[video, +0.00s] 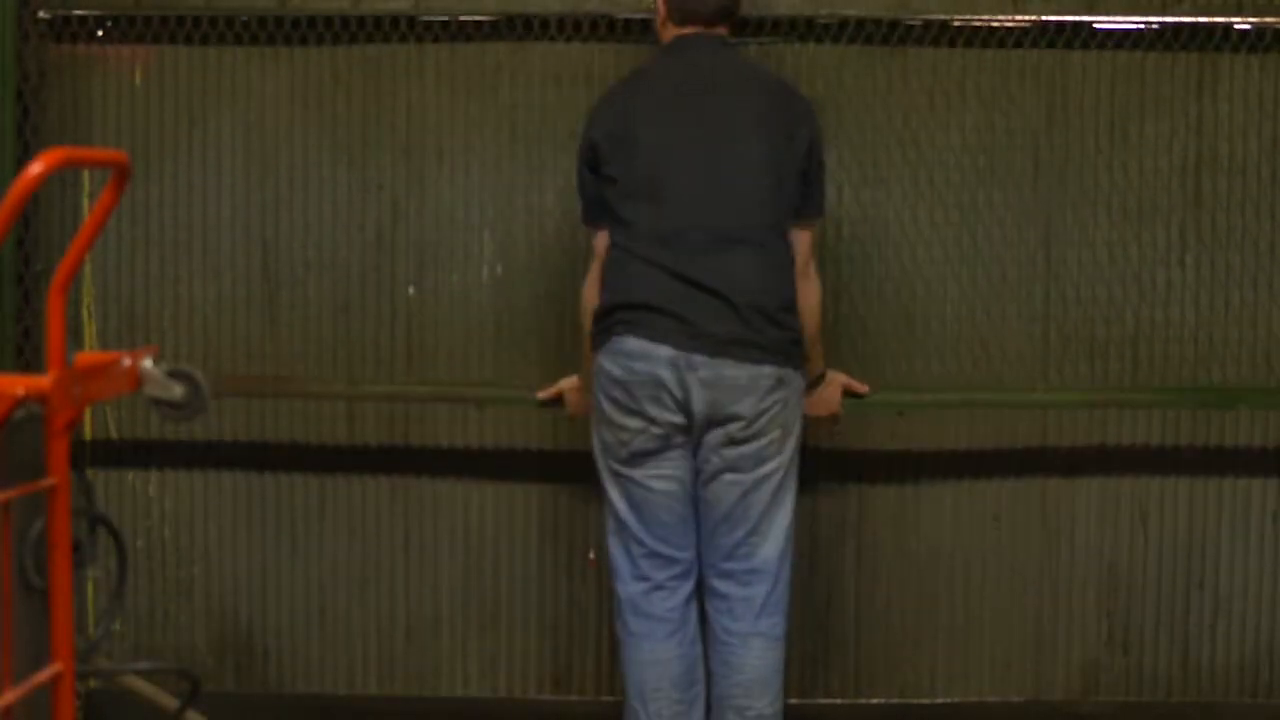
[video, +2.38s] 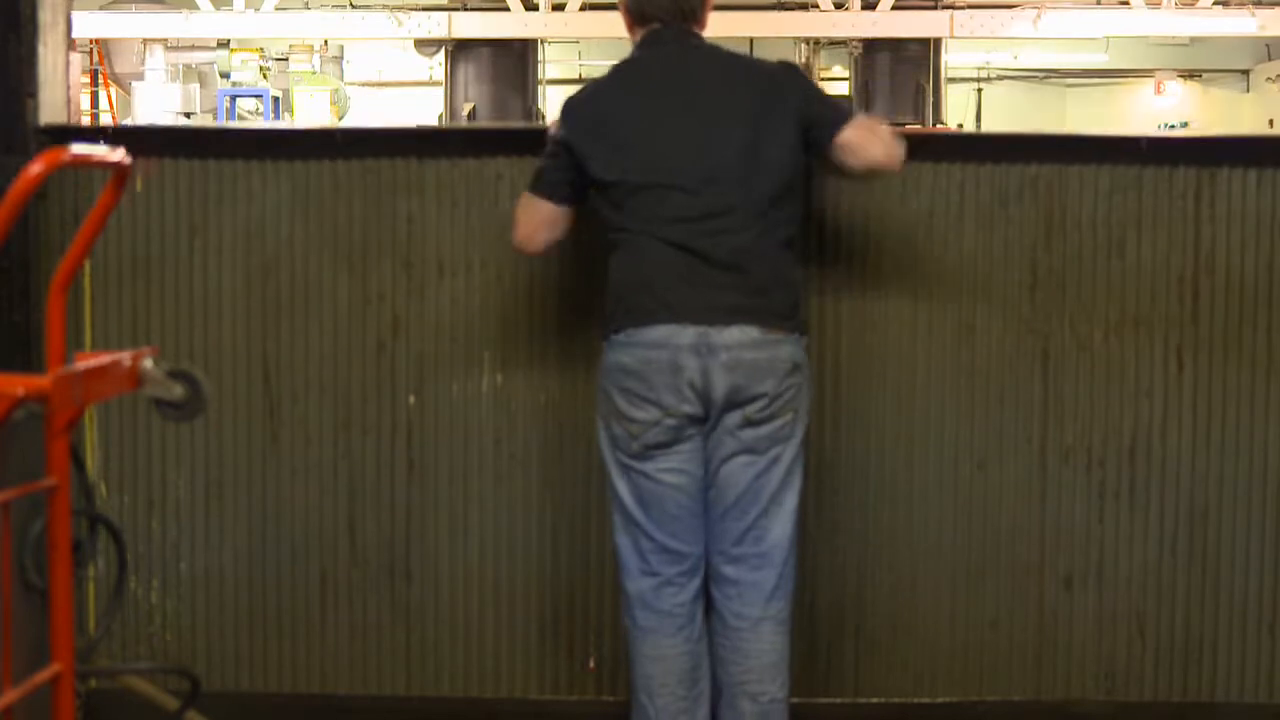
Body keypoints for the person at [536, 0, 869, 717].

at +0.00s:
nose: (655, 18)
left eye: (655, 13)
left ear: (661, 14)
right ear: (735, 20)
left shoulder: (619, 103)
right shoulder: (786, 105)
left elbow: (603, 253)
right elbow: (801, 258)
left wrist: (590, 374)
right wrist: (814, 376)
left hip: (637, 346)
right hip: (754, 356)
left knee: (655, 582)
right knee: (746, 585)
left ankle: (666, 717)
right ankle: (745, 716)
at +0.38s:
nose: (654, 12)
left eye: (657, 7)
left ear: (660, 13)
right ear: (742, 13)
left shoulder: (606, 96)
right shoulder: (794, 97)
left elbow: (589, 255)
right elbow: (812, 264)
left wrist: (578, 268)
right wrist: (828, 270)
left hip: (635, 367)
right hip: (753, 371)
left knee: (654, 586)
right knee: (744, 587)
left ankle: (665, 717)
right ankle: (745, 716)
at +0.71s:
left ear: (659, 5)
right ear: (738, 5)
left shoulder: (606, 91)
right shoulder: (790, 93)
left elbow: (566, 230)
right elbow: (824, 236)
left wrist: (623, 163)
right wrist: (824, 145)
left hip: (637, 367)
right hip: (753, 371)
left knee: (656, 583)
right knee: (744, 585)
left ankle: (664, 716)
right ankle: (744, 716)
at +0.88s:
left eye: (671, 2)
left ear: (663, 7)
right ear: (735, 6)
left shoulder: (614, 88)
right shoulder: (783, 90)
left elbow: (545, 167)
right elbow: (853, 174)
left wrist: (578, 71)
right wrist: (834, 76)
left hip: (638, 364)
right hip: (752, 368)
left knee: (656, 580)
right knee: (744, 581)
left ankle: (665, 716)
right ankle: (745, 715)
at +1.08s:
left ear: (664, 1)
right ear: (739, 1)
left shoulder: (618, 81)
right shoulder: (783, 84)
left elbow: (544, 57)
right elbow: (869, 71)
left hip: (638, 356)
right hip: (750, 361)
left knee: (657, 580)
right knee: (744, 580)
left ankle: (667, 715)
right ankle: (744, 713)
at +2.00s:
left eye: (652, 8)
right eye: (731, 7)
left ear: (654, 12)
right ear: (731, 10)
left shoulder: (618, 92)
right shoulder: (780, 91)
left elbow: (534, 184)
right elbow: (847, 189)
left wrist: (562, 91)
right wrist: (810, 92)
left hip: (643, 335)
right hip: (757, 336)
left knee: (657, 569)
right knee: (751, 568)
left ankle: (665, 713)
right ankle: (750, 713)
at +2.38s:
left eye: (622, 16)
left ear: (626, 19)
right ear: (706, 13)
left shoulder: (594, 105)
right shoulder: (774, 84)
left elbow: (531, 232)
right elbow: (882, 151)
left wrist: (581, 167)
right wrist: (818, 128)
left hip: (646, 338)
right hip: (762, 336)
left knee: (662, 574)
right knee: (753, 571)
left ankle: (672, 715)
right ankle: (755, 715)